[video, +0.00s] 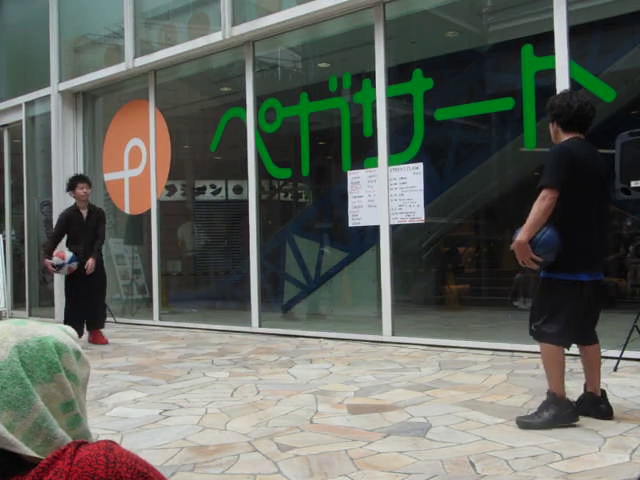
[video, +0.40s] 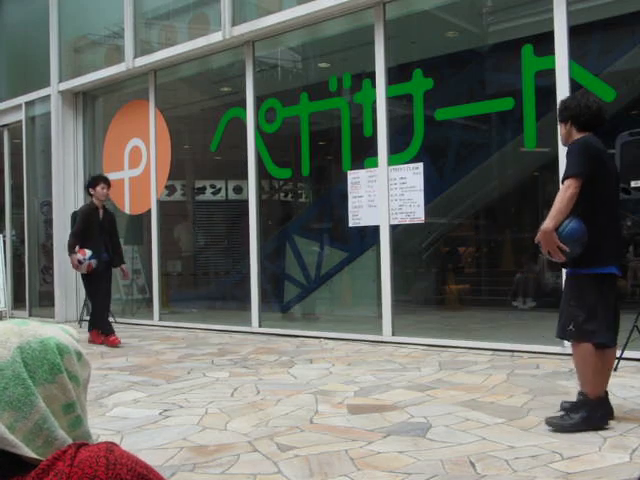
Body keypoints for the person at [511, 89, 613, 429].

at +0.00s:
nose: (549, 128)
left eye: (549, 123)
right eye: (550, 122)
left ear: (555, 125)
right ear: (585, 124)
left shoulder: (561, 154)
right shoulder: (598, 158)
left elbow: (549, 197)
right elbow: (596, 209)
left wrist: (522, 237)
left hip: (563, 263)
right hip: (591, 263)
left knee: (548, 327)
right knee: (585, 328)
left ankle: (557, 402)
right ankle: (594, 397)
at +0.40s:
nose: (560, 131)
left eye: (561, 125)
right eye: (560, 125)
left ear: (570, 124)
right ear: (592, 123)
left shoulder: (581, 147)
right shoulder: (601, 150)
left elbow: (571, 188)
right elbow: (599, 205)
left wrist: (547, 227)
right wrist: (553, 232)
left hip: (587, 260)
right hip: (604, 259)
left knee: (581, 330)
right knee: (602, 334)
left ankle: (592, 404)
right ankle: (596, 398)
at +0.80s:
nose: (581, 123)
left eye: (584, 117)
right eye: (582, 117)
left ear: (598, 117)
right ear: (608, 117)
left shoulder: (611, 146)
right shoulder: (619, 146)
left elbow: (603, 192)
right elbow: (609, 196)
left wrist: (583, 233)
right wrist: (585, 235)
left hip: (617, 261)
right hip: (614, 260)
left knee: (627, 334)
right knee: (607, 331)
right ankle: (597, 396)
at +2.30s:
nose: (557, 118)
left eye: (560, 111)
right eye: (558, 111)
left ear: (574, 113)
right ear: (576, 114)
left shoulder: (598, 146)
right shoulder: (583, 150)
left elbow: (603, 194)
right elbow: (572, 213)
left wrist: (594, 239)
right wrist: (552, 256)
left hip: (586, 252)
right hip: (573, 253)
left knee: (585, 329)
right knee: (579, 330)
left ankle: (636, 387)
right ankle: (583, 404)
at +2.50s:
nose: (545, 118)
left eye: (548, 112)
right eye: (546, 112)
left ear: (561, 115)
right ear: (568, 116)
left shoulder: (587, 147)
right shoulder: (565, 153)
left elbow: (599, 190)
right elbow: (554, 214)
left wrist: (597, 232)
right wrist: (537, 256)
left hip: (571, 259)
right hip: (554, 259)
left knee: (571, 328)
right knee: (557, 329)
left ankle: (591, 401)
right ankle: (584, 398)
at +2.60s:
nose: (540, 118)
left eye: (543, 112)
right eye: (541, 112)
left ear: (556, 116)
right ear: (563, 117)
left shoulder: (580, 148)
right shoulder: (557, 156)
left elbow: (597, 192)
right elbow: (549, 216)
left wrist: (598, 233)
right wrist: (534, 258)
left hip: (562, 261)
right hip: (558, 261)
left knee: (551, 333)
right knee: (573, 333)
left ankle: (550, 412)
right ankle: (584, 405)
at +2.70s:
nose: (532, 120)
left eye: (535, 114)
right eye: (534, 114)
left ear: (548, 117)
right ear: (555, 119)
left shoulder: (575, 150)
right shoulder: (553, 159)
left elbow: (594, 194)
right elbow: (545, 217)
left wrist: (597, 235)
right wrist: (531, 264)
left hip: (555, 263)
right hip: (551, 264)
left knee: (534, 334)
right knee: (570, 335)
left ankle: (514, 404)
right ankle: (583, 405)